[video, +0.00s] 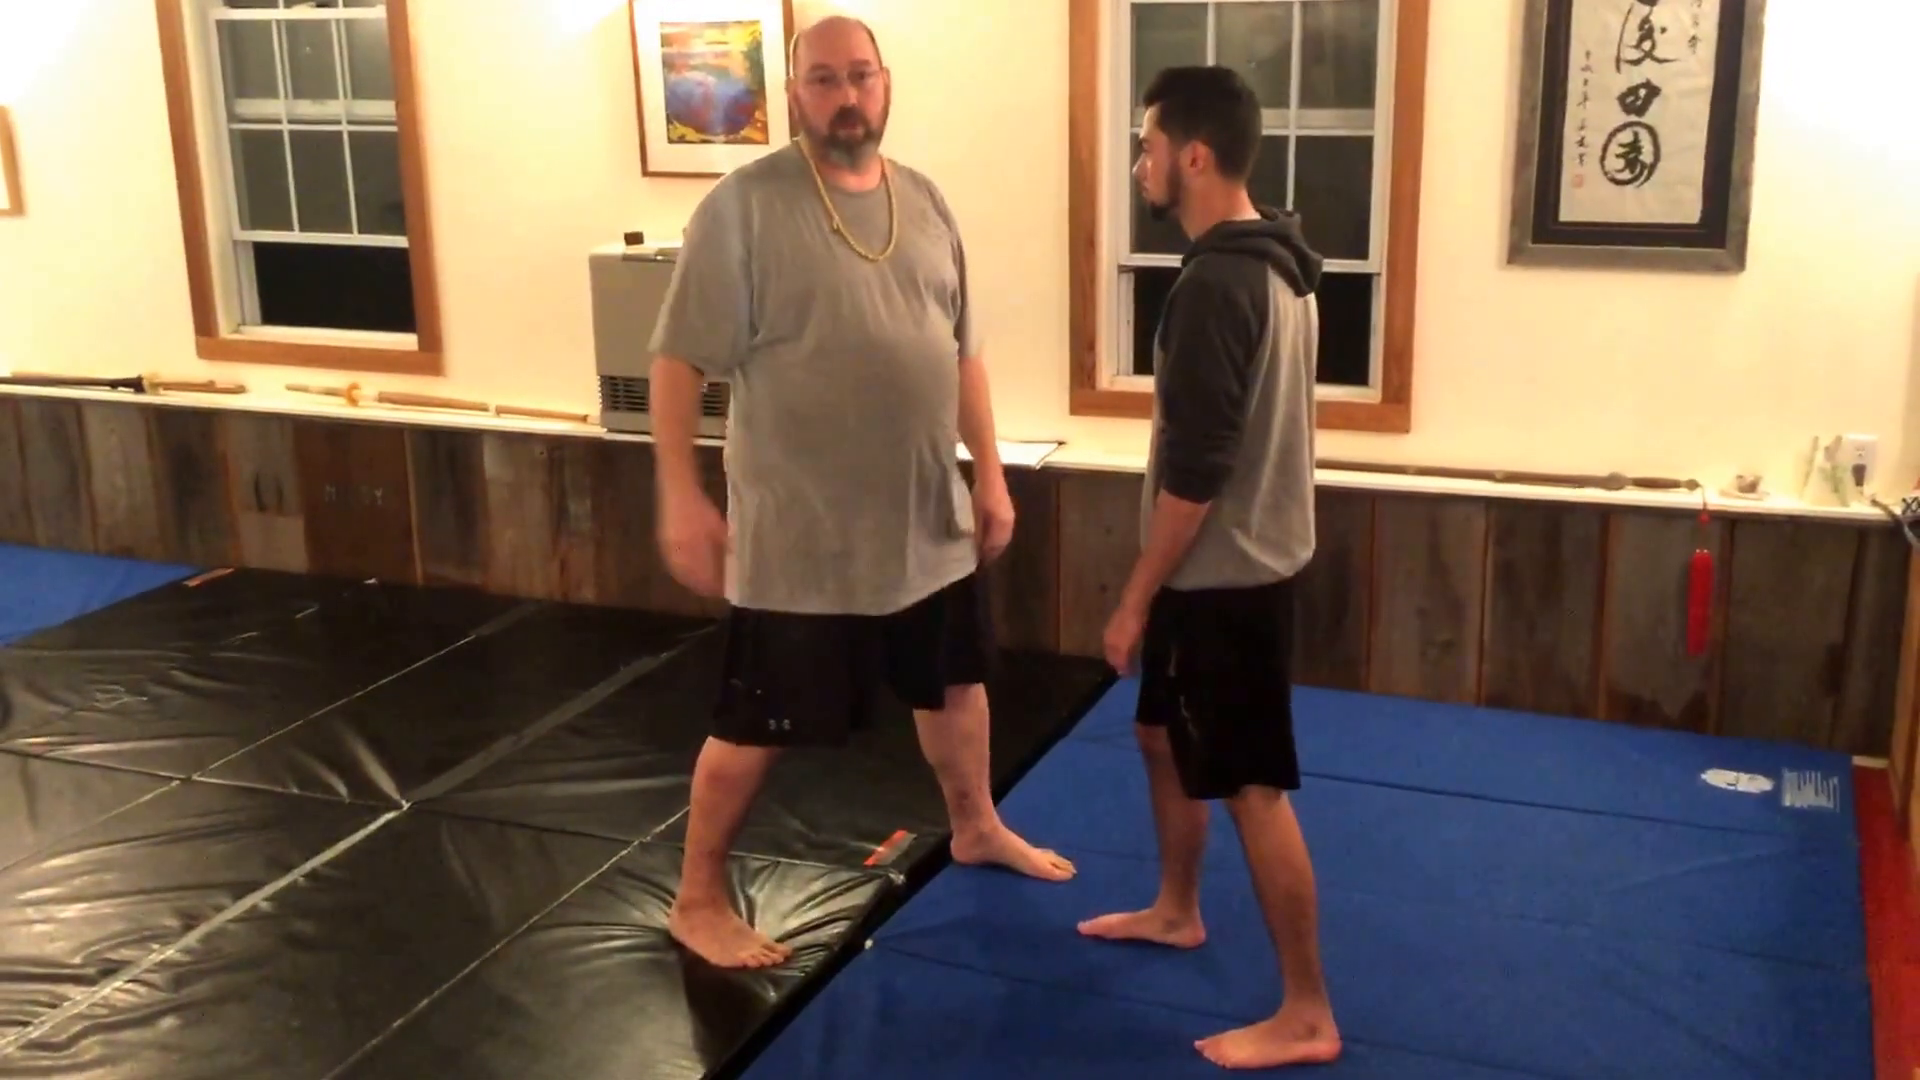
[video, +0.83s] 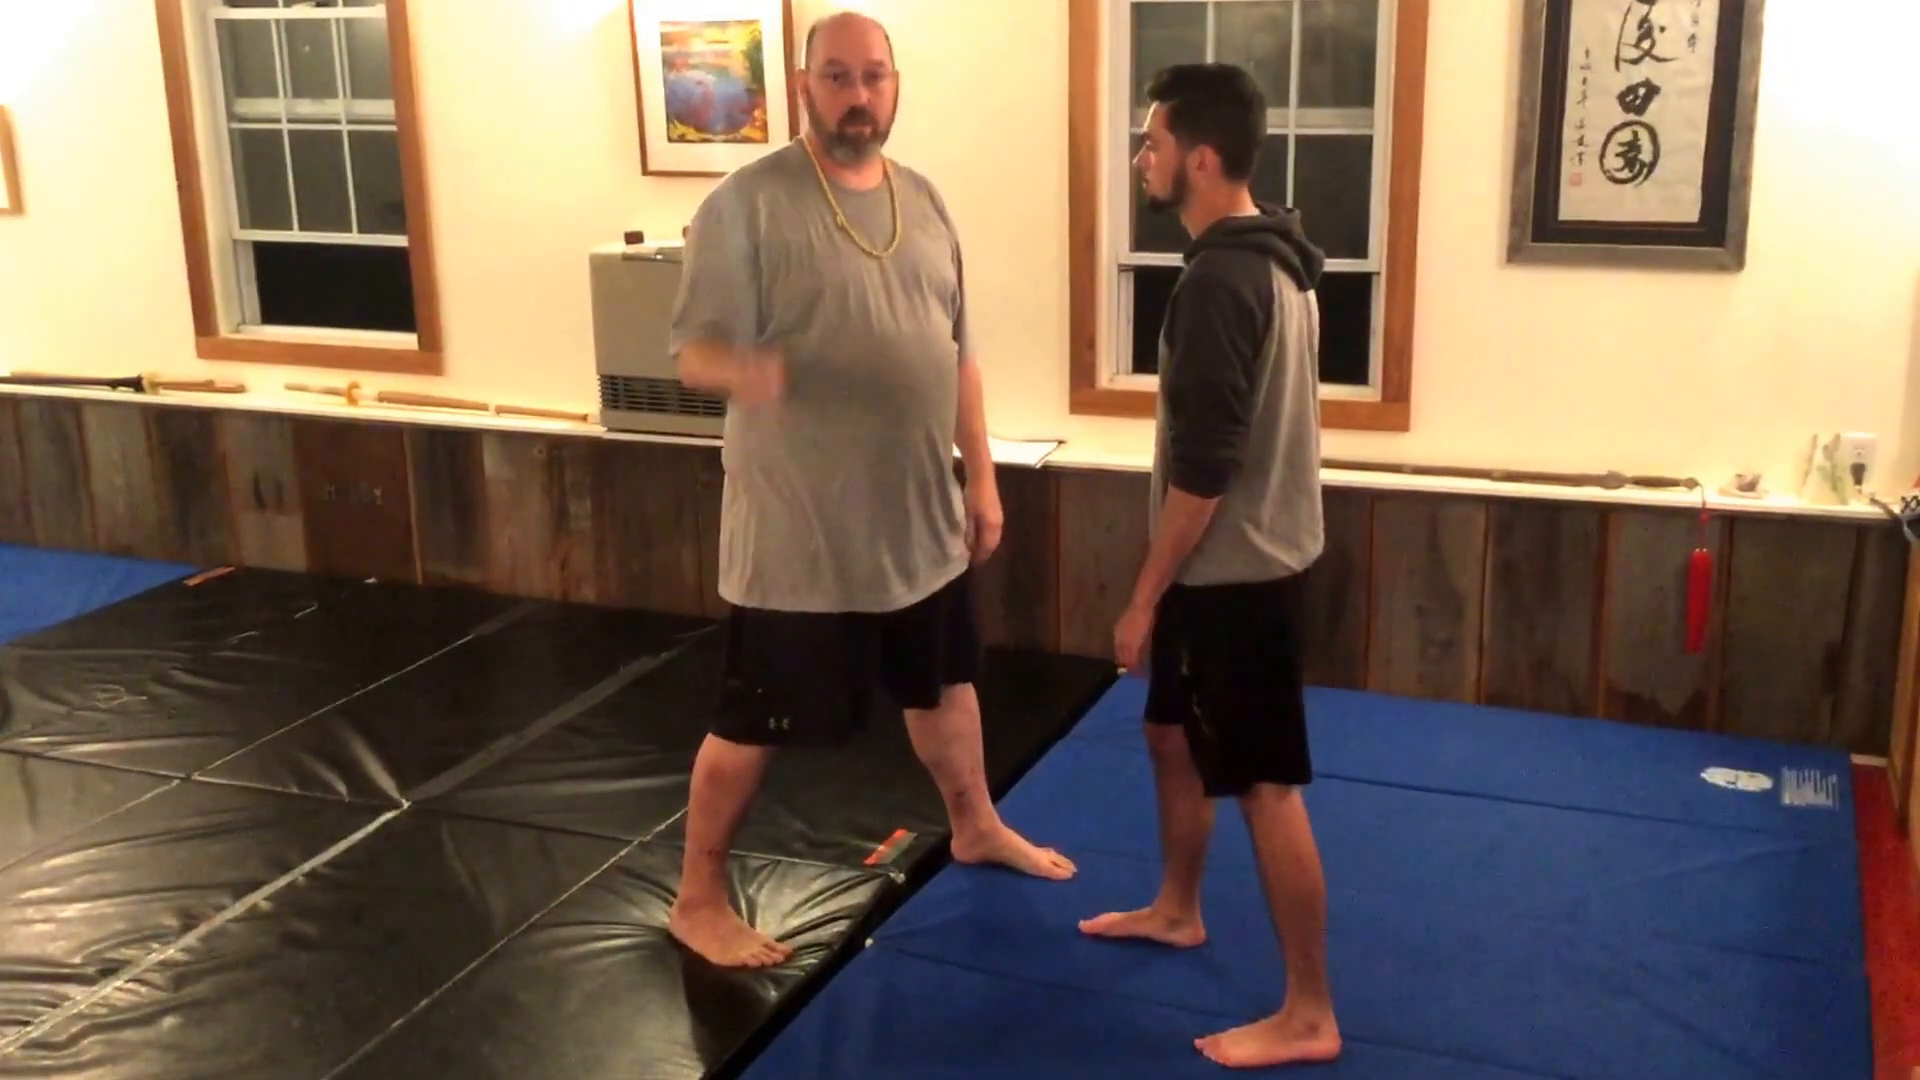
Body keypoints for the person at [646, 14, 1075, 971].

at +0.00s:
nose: (847, 95)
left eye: (861, 76)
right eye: (824, 80)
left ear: (888, 86)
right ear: (792, 94)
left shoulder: (925, 200)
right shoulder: (743, 206)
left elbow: (962, 346)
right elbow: (677, 358)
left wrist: (988, 471)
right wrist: (680, 496)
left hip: (926, 509)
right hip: (794, 523)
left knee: (955, 677)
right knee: (753, 723)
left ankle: (977, 828)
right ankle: (698, 895)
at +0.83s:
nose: (859, 94)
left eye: (875, 76)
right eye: (838, 76)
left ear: (897, 87)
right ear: (801, 87)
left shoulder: (925, 202)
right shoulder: (744, 205)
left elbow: (955, 353)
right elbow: (695, 351)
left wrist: (981, 478)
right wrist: (739, 368)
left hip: (919, 504)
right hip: (793, 517)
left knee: (945, 678)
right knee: (750, 720)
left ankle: (977, 828)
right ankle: (698, 897)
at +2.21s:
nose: (939, 113)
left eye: (943, 96)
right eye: (923, 91)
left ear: (927, 101)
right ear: (859, 88)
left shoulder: (917, 207)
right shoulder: (770, 208)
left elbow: (943, 348)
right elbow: (719, 371)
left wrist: (978, 466)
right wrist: (734, 522)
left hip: (922, 514)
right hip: (806, 530)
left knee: (960, 674)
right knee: (753, 723)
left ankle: (974, 829)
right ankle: (697, 899)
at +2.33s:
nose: (966, 124)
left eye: (971, 107)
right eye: (951, 106)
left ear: (937, 110)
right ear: (886, 100)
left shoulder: (929, 210)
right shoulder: (799, 210)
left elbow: (942, 360)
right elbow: (750, 375)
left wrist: (968, 472)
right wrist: (779, 521)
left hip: (929, 518)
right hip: (822, 531)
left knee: (975, 669)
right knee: (763, 720)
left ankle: (978, 828)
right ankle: (698, 897)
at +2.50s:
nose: (1007, 136)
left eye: (1013, 120)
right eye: (995, 114)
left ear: (956, 108)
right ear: (933, 99)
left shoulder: (958, 209)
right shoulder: (840, 211)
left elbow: (963, 354)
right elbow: (798, 375)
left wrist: (990, 458)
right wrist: (851, 513)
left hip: (948, 512)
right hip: (834, 526)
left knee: (987, 662)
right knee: (781, 710)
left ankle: (980, 825)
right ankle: (701, 888)